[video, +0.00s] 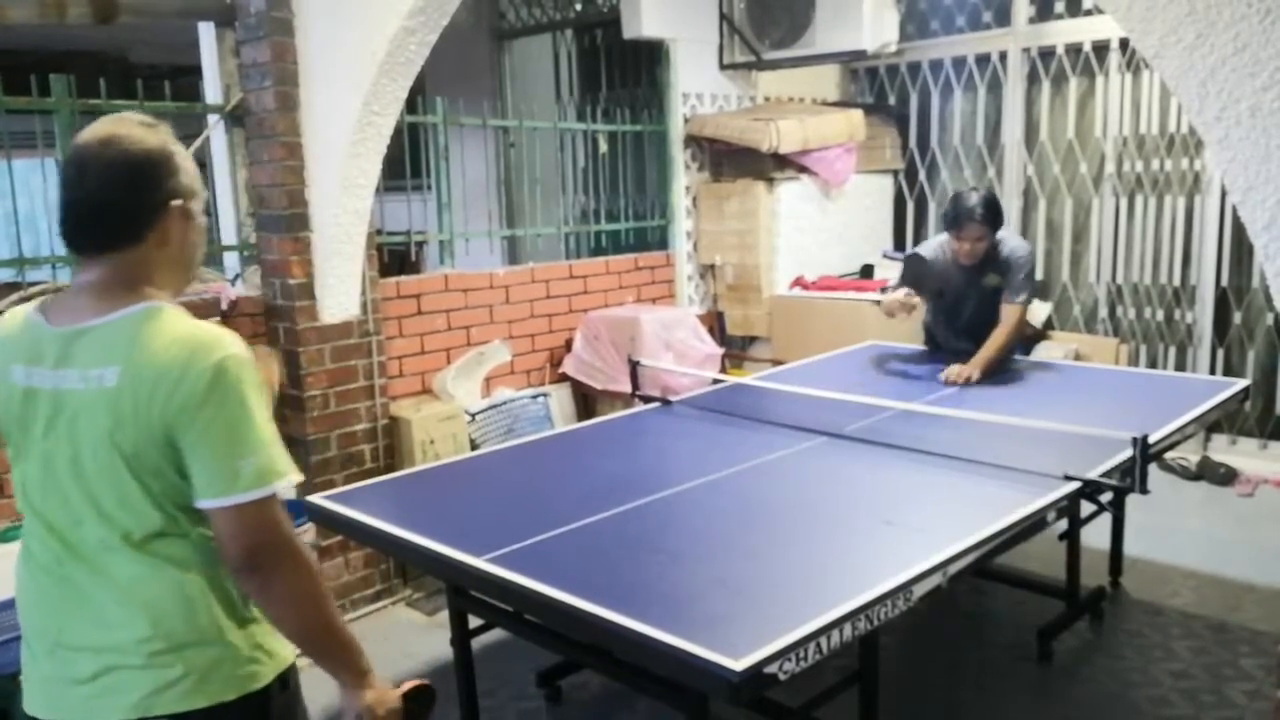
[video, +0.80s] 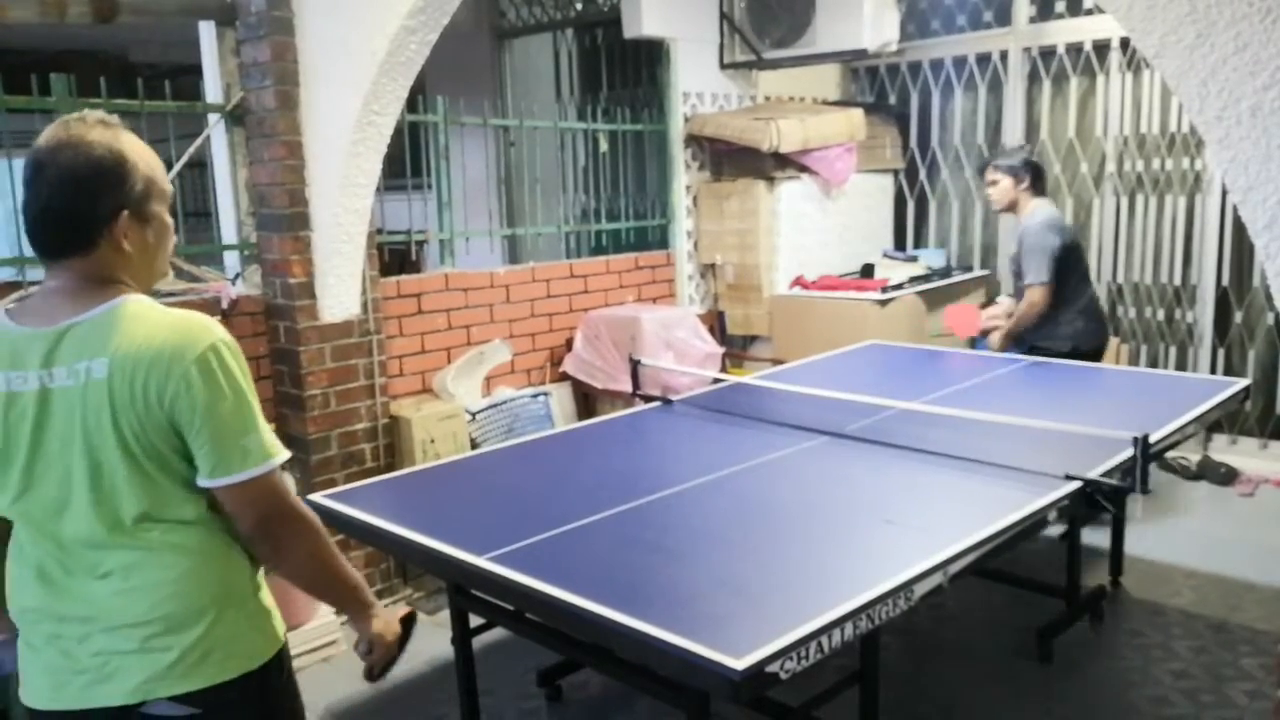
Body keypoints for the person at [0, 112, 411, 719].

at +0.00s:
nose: (202, 230)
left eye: (203, 212)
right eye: (201, 212)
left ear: (75, 219)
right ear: (175, 219)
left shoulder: (15, 340)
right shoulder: (201, 356)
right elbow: (256, 551)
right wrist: (359, 678)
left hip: (56, 682)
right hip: (198, 686)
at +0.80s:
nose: (175, 229)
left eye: (172, 211)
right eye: (166, 211)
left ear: (44, 225)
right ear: (124, 230)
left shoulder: (8, 335)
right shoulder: (182, 343)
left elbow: (13, 515)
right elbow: (265, 517)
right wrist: (363, 608)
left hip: (54, 673)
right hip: (198, 669)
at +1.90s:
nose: (259, 242)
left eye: (255, 222)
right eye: (248, 222)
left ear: (129, 233)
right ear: (198, 237)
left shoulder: (51, 340)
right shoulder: (229, 358)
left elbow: (36, 504)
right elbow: (246, 552)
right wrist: (390, 582)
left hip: (66, 681)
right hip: (208, 683)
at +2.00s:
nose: (317, 256)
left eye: (315, 237)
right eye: (308, 239)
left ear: (199, 245)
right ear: (260, 251)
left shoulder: (99, 326)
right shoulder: (280, 376)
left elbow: (66, 495)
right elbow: (311, 561)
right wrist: (452, 553)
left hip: (75, 670)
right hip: (219, 681)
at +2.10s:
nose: (377, 283)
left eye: (378, 263)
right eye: (372, 264)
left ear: (269, 252)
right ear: (322, 269)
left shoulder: (142, 311)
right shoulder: (340, 394)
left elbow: (78, 466)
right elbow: (408, 545)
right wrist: (536, 522)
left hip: (79, 669)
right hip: (231, 681)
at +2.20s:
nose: (418, 297)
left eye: (421, 280)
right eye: (414, 283)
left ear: (299, 261)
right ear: (366, 292)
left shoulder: (173, 304)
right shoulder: (390, 408)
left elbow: (91, 459)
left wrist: (124, 544)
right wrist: (587, 487)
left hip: (76, 665)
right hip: (226, 683)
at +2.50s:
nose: (413, 286)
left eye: (414, 269)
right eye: (409, 270)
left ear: (288, 260)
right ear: (370, 283)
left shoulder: (164, 316)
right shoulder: (388, 402)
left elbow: (70, 482)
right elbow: (447, 519)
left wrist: (86, 595)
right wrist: (516, 484)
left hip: (83, 662)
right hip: (242, 680)